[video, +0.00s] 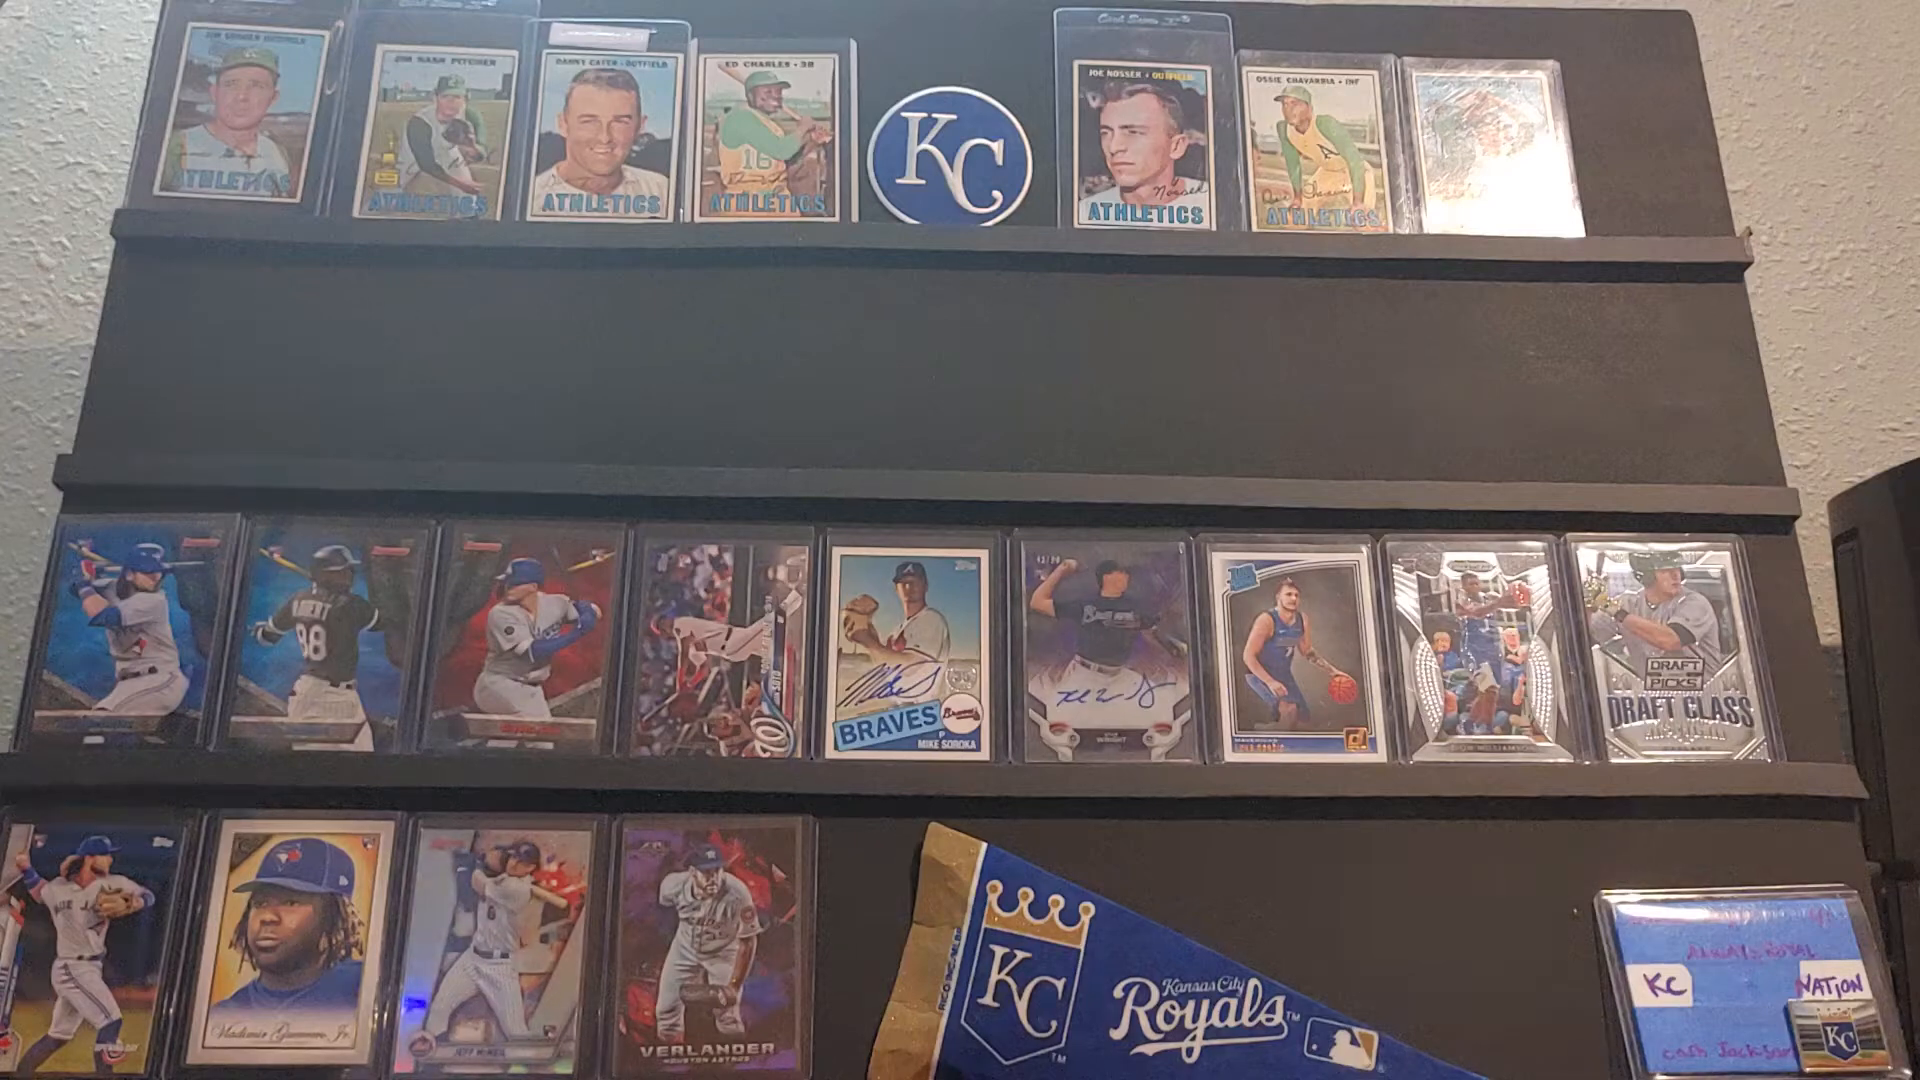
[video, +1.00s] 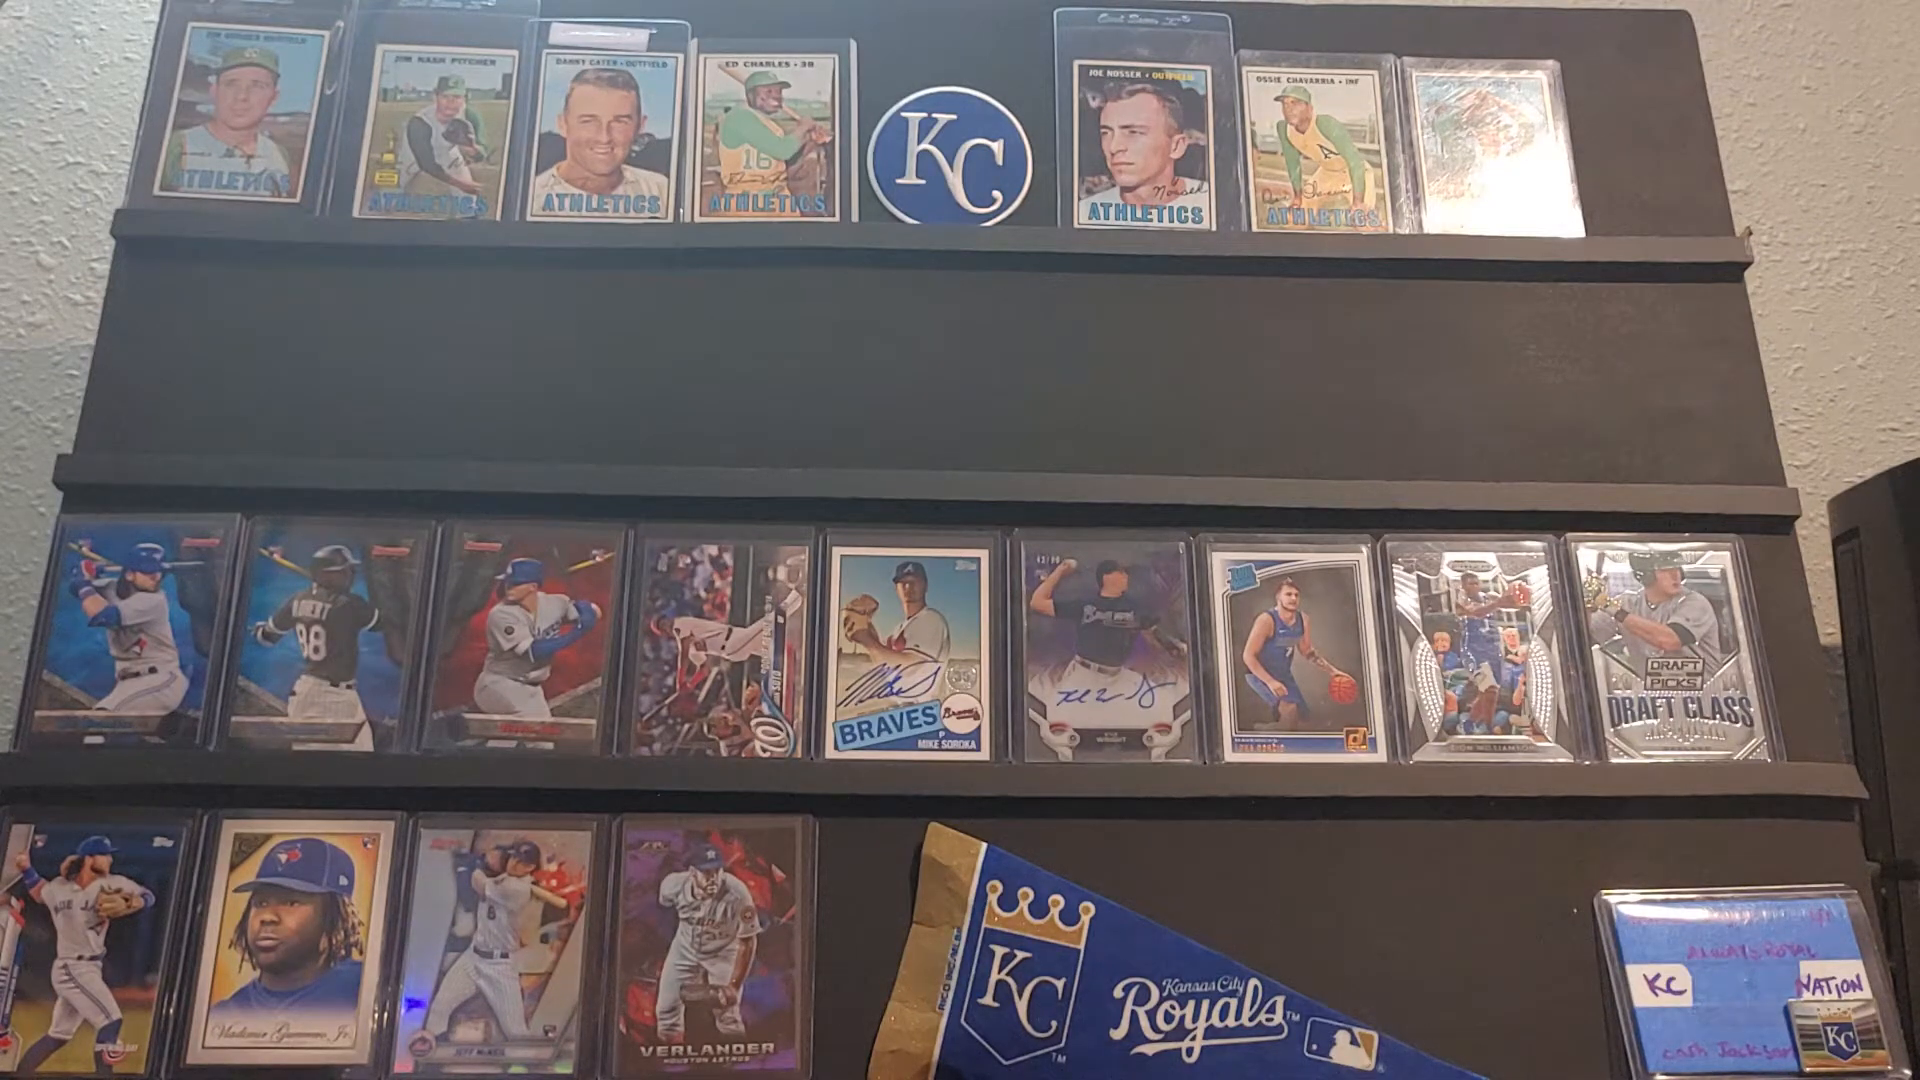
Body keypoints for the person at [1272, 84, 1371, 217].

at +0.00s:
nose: (1288, 109)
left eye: (1294, 104)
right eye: (1284, 104)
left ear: (1309, 108)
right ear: (1281, 108)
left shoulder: (1326, 123)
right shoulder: (1283, 129)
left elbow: (1355, 160)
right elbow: (1293, 164)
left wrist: (1358, 203)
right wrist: (1297, 198)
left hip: (1355, 172)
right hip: (1327, 172)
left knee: (1361, 219)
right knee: (1303, 208)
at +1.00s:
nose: (1288, 109)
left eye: (1294, 103)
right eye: (1285, 104)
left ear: (1309, 107)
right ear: (1281, 108)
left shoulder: (1327, 124)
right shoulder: (1283, 129)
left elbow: (1355, 162)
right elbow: (1293, 164)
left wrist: (1358, 202)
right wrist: (1297, 197)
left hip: (1354, 173)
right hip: (1327, 172)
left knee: (1361, 220)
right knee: (1300, 210)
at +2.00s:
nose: (1288, 109)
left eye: (1294, 103)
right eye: (1284, 104)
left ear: (1309, 107)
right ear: (1281, 107)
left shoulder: (1326, 124)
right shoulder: (1284, 129)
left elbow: (1355, 161)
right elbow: (1293, 163)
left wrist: (1358, 202)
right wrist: (1297, 197)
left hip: (1354, 173)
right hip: (1327, 172)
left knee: (1361, 220)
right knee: (1301, 208)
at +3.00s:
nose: (1288, 109)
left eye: (1294, 104)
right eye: (1284, 104)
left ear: (1309, 108)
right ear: (1281, 108)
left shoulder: (1326, 124)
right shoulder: (1284, 128)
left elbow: (1355, 161)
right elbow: (1292, 163)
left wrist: (1358, 202)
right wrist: (1297, 197)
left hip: (1354, 172)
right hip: (1327, 171)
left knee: (1361, 217)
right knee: (1303, 207)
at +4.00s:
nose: (1288, 109)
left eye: (1294, 103)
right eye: (1285, 104)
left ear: (1308, 107)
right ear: (1282, 108)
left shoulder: (1326, 123)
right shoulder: (1283, 128)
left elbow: (1355, 160)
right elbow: (1292, 162)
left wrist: (1358, 203)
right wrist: (1297, 197)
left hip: (1354, 172)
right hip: (1326, 172)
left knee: (1361, 219)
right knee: (1304, 210)